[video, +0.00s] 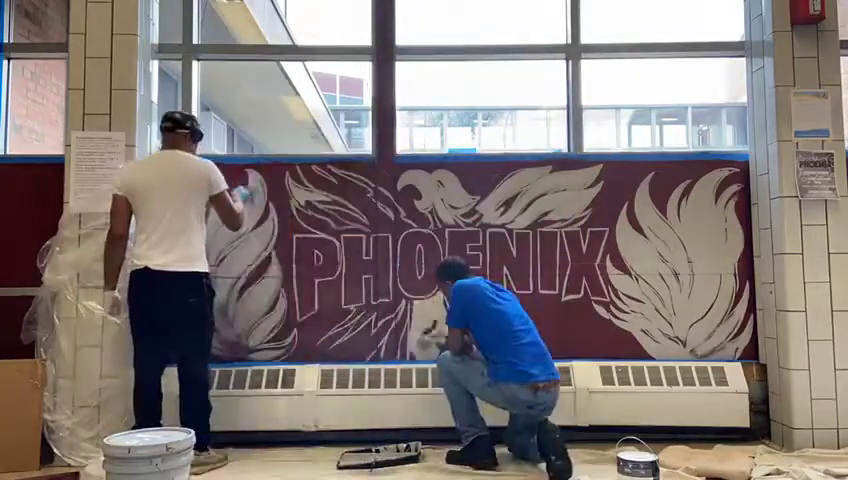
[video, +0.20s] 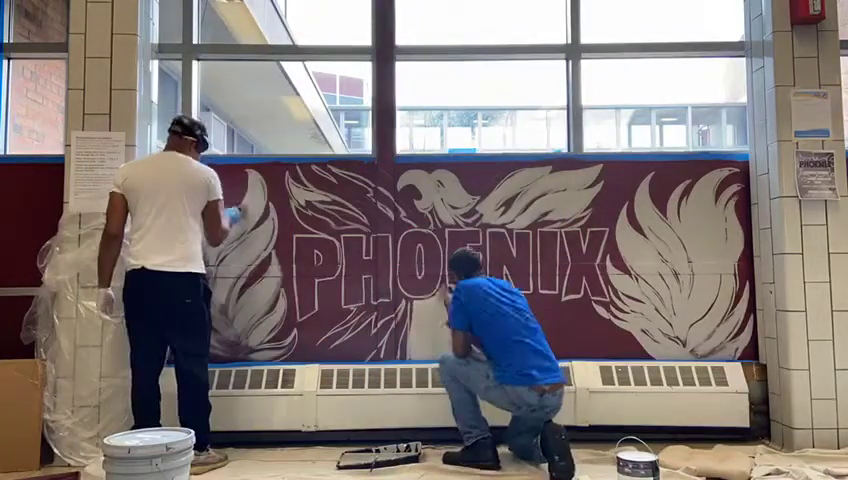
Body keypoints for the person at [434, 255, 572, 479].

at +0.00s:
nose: (444, 295)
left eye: (442, 290)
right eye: (442, 290)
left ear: (447, 283)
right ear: (469, 274)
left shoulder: (461, 289)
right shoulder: (501, 291)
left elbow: (456, 347)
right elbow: (497, 350)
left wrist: (468, 345)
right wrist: (468, 342)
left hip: (515, 390)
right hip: (549, 393)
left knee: (447, 362)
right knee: (518, 443)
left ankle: (477, 446)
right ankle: (545, 440)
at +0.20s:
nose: (453, 280)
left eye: (452, 276)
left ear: (454, 276)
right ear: (482, 269)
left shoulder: (463, 291)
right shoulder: (508, 287)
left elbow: (461, 351)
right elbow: (498, 351)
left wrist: (452, 310)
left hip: (520, 392)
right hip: (554, 394)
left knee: (449, 364)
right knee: (518, 441)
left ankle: (479, 446)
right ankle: (548, 439)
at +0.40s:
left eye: (459, 268)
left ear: (461, 270)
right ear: (489, 268)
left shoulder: (459, 295)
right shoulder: (513, 292)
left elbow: (443, 352)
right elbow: (517, 339)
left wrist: (467, 343)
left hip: (507, 394)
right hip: (545, 393)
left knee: (441, 369)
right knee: (518, 444)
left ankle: (475, 446)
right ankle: (549, 441)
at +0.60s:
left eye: (443, 272)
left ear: (444, 273)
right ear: (472, 270)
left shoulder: (441, 294)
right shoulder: (496, 289)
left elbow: (440, 353)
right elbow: (506, 337)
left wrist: (469, 355)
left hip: (489, 398)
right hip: (527, 397)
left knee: (433, 371)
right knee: (515, 448)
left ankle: (469, 443)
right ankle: (539, 441)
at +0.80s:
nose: (431, 282)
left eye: (432, 277)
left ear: (436, 277)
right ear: (464, 274)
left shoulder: (437, 299)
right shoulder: (488, 294)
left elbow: (439, 357)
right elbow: (500, 345)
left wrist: (471, 353)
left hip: (488, 408)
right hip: (525, 408)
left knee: (431, 372)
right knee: (515, 447)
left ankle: (467, 443)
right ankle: (538, 442)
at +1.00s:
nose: (422, 320)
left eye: (421, 313)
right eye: (419, 315)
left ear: (432, 305)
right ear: (442, 300)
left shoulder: (445, 318)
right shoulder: (475, 312)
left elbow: (447, 379)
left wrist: (425, 373)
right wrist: (434, 366)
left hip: (513, 401)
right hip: (541, 401)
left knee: (443, 379)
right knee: (515, 444)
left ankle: (471, 448)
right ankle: (548, 440)